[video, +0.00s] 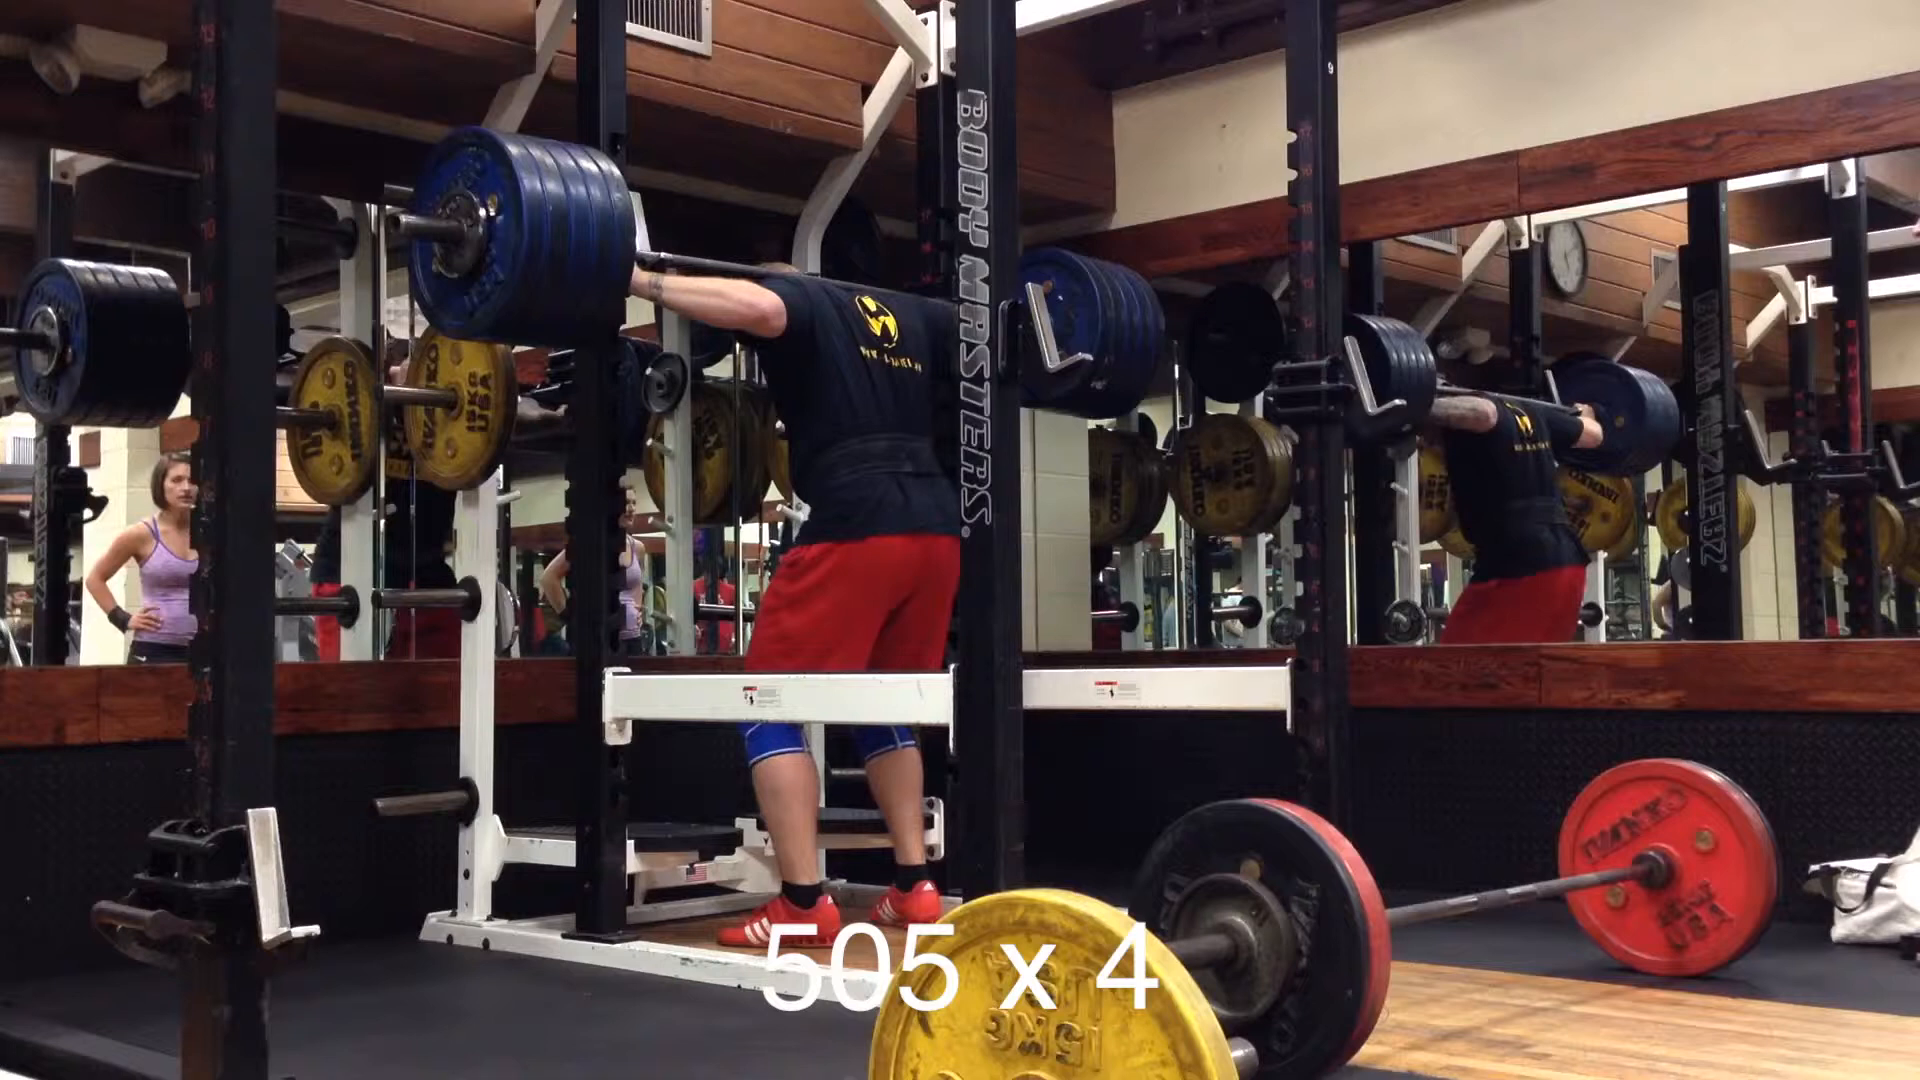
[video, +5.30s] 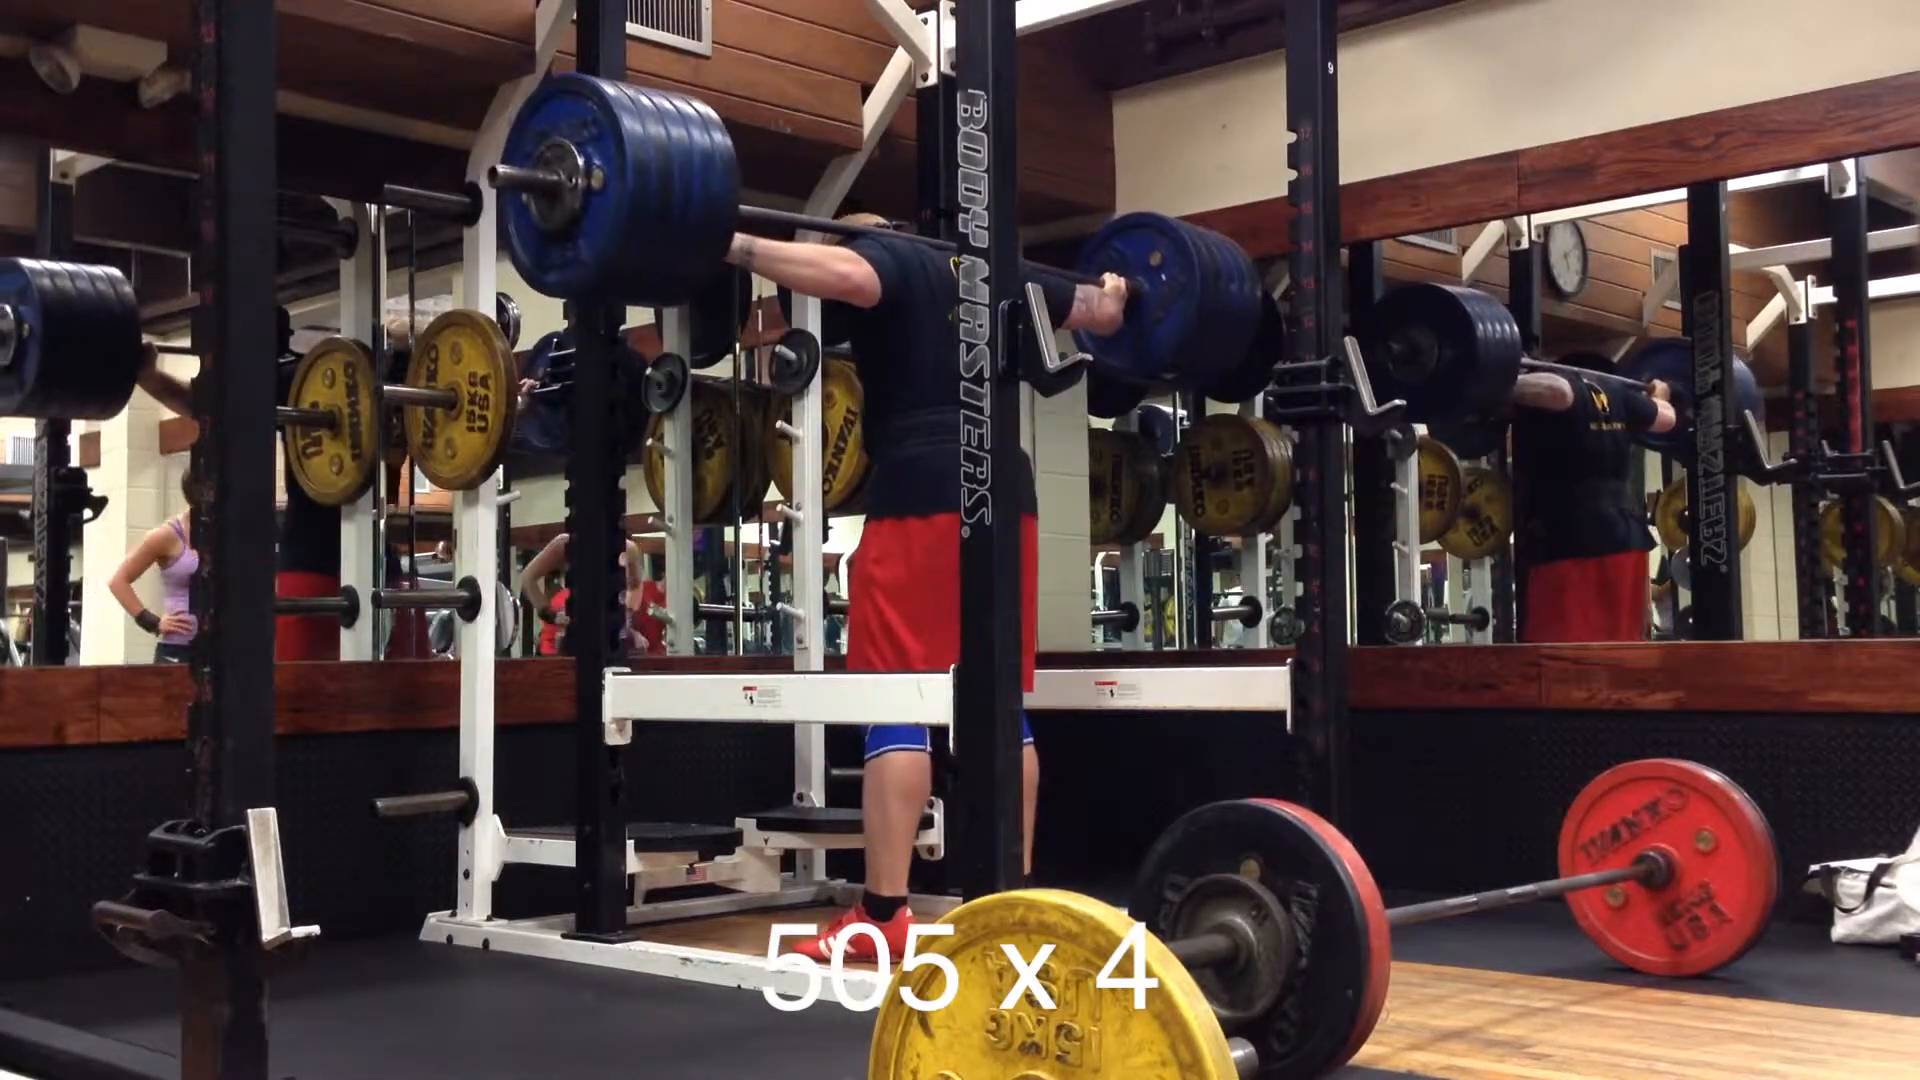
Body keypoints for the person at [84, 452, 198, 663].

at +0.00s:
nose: (187, 488)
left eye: (192, 480)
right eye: (177, 480)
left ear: (200, 486)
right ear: (160, 486)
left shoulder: (205, 530)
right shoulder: (141, 534)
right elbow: (94, 579)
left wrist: (213, 615)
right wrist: (123, 620)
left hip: (200, 647)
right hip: (154, 648)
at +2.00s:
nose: (186, 489)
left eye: (192, 481)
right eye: (177, 481)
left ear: (199, 487)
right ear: (160, 486)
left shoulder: (204, 529)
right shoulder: (140, 534)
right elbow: (94, 578)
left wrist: (212, 614)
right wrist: (123, 619)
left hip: (199, 648)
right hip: (153, 648)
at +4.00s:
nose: (185, 489)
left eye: (190, 482)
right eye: (175, 482)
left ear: (198, 487)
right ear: (158, 487)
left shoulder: (203, 528)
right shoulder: (140, 533)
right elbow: (93, 578)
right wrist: (124, 620)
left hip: (198, 648)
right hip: (153, 648)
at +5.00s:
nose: (203, 491)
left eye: (200, 485)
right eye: (197, 485)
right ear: (181, 491)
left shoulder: (205, 531)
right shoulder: (144, 534)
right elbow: (97, 580)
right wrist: (128, 620)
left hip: (201, 648)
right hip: (157, 649)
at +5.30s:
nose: (215, 496)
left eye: (218, 487)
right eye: (210, 488)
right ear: (196, 492)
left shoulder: (226, 532)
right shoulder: (167, 536)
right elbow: (118, 582)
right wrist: (155, 624)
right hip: (180, 651)